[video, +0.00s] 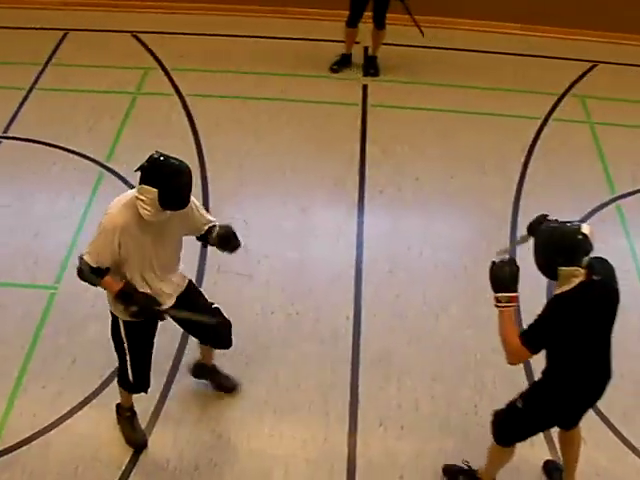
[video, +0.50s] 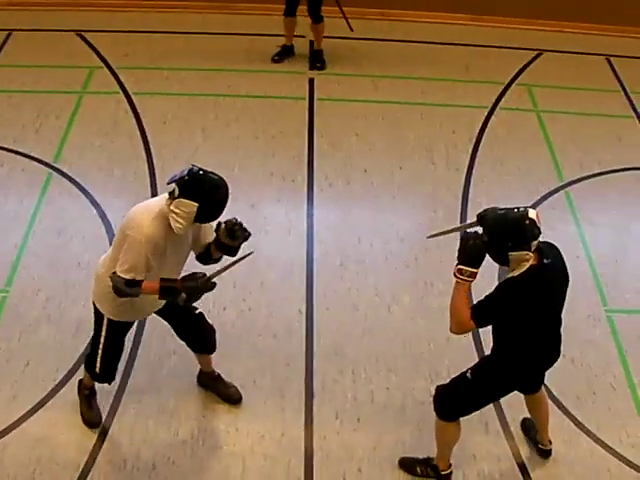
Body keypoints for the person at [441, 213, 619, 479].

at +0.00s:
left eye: (540, 252)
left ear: (547, 265)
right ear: (582, 254)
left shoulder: (561, 308)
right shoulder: (604, 276)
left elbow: (515, 354)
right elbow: (581, 256)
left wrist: (505, 297)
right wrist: (554, 233)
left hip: (563, 386)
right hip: (596, 377)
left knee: (506, 425)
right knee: (569, 423)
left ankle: (485, 475)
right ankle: (569, 475)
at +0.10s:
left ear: (524, 265)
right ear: (563, 254)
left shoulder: (538, 310)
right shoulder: (585, 282)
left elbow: (490, 350)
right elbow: (566, 259)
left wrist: (486, 294)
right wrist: (543, 234)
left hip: (542, 382)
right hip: (575, 374)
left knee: (481, 416)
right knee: (553, 405)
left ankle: (472, 473)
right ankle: (560, 471)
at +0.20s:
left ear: (508, 263)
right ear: (544, 250)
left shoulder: (521, 306)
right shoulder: (566, 272)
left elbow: (474, 347)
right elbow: (546, 253)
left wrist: (470, 291)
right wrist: (525, 229)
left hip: (526, 377)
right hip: (560, 365)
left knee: (463, 411)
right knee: (540, 393)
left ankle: (460, 472)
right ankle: (550, 461)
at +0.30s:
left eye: (495, 247)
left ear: (502, 257)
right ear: (533, 244)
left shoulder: (512, 300)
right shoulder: (554, 263)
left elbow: (465, 340)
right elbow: (534, 226)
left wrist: (461, 283)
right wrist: (503, 222)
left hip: (515, 370)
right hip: (549, 356)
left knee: (453, 407)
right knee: (534, 388)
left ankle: (449, 469)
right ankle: (545, 447)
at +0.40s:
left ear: (498, 256)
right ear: (528, 241)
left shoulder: (507, 295)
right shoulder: (550, 261)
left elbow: (457, 328)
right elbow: (529, 223)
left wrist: (461, 272)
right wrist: (494, 224)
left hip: (508, 368)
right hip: (543, 354)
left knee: (446, 402)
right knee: (533, 387)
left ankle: (442, 467)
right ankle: (544, 441)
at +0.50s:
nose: (489, 246)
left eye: (492, 244)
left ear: (501, 255)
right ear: (532, 242)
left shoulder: (510, 294)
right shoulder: (553, 258)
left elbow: (459, 325)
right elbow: (532, 247)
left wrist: (465, 271)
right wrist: (531, 224)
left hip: (512, 365)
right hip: (546, 352)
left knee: (446, 400)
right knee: (532, 386)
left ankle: (441, 466)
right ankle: (543, 441)